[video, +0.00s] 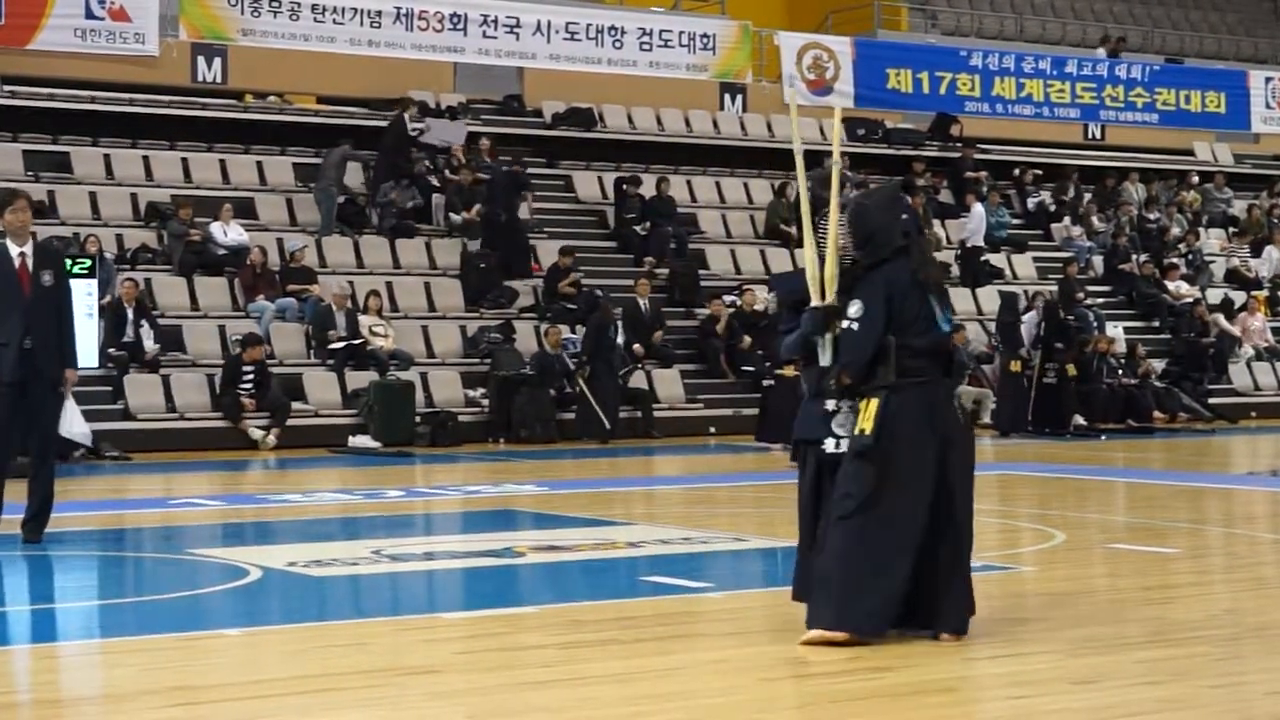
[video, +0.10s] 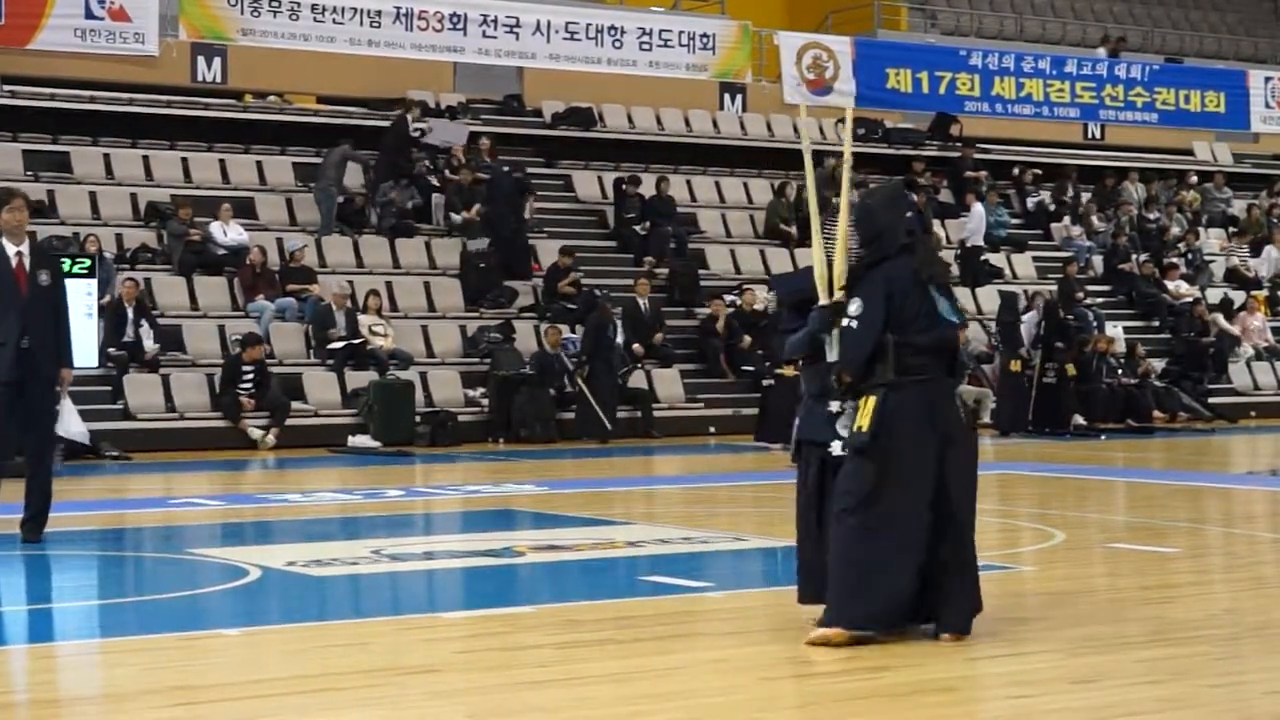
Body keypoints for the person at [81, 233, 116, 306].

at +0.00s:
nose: (93, 244)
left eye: (95, 242)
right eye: (90, 242)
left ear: (99, 245)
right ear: (84, 245)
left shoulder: (107, 263)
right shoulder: (79, 262)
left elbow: (112, 280)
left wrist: (108, 295)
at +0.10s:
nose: (93, 244)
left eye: (95, 241)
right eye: (90, 242)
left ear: (99, 244)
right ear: (84, 245)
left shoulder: (106, 263)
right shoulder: (79, 262)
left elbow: (112, 280)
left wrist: (108, 295)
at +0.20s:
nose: (93, 244)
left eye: (95, 241)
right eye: (90, 242)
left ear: (99, 244)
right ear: (84, 245)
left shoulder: (106, 263)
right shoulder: (79, 262)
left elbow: (112, 280)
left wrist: (108, 295)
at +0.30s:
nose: (93, 244)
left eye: (95, 241)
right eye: (90, 241)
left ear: (99, 244)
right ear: (84, 245)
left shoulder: (106, 263)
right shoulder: (79, 262)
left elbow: (112, 279)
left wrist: (108, 294)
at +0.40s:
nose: (93, 244)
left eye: (95, 241)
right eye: (90, 242)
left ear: (99, 244)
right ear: (84, 245)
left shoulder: (106, 263)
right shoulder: (79, 262)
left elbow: (111, 280)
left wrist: (108, 295)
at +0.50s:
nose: (93, 244)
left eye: (95, 241)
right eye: (89, 242)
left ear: (99, 244)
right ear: (84, 245)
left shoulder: (106, 263)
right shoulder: (79, 262)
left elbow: (111, 279)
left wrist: (108, 294)